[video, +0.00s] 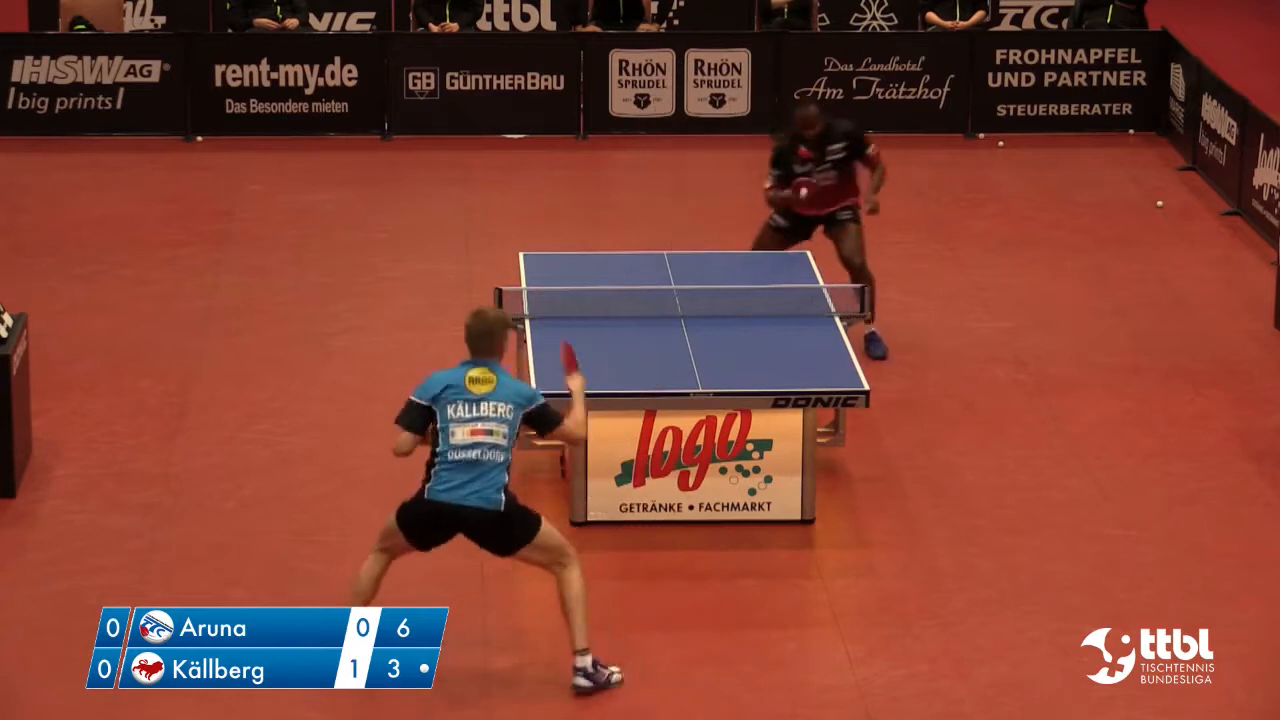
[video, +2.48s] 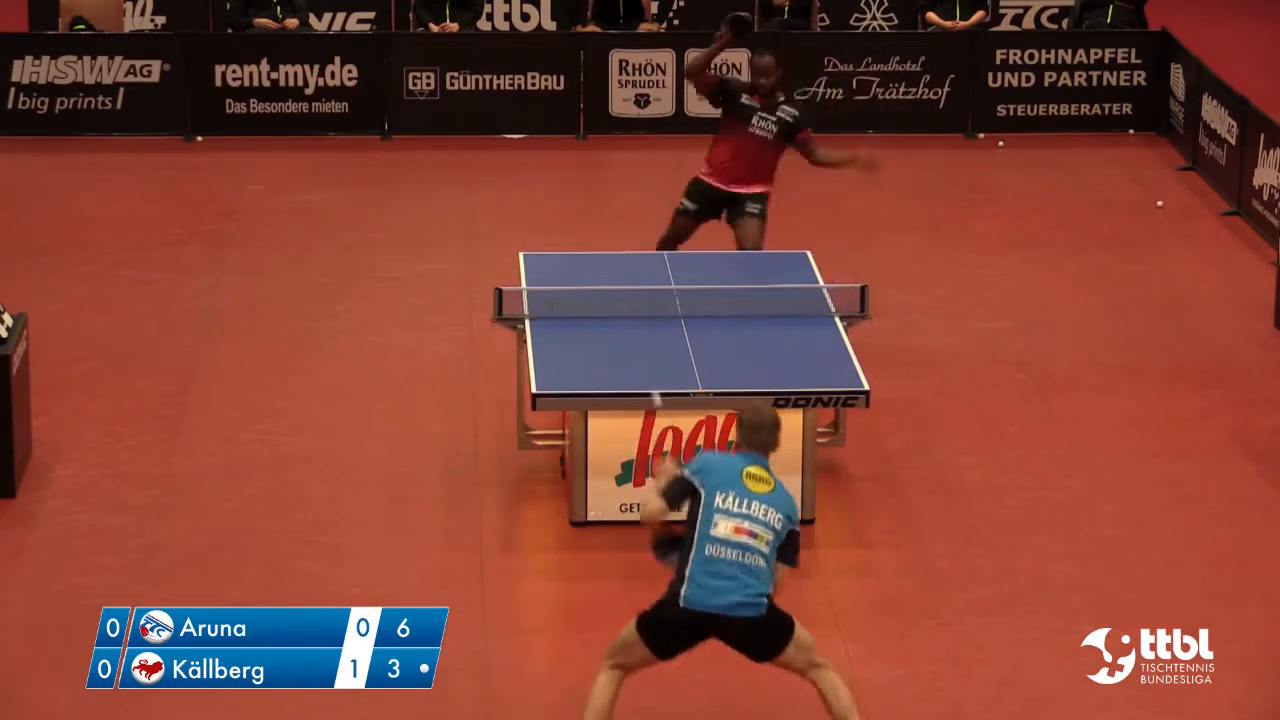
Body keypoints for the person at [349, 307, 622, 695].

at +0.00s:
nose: (510, 343)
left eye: (509, 337)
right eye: (509, 339)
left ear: (467, 342)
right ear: (504, 344)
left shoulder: (437, 383)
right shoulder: (519, 392)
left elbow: (402, 446)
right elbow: (576, 433)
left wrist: (425, 429)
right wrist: (577, 390)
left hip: (436, 505)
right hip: (492, 509)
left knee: (383, 551)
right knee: (565, 562)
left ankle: (346, 637)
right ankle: (585, 665)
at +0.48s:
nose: (636, 370)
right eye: (635, 365)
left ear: (596, 367)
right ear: (632, 371)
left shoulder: (568, 393)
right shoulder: (644, 421)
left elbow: (524, 425)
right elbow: (685, 445)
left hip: (528, 518)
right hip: (580, 529)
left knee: (453, 588)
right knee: (658, 579)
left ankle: (387, 657)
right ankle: (649, 688)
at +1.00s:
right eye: (658, 364)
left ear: (618, 367)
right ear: (658, 371)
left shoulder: (587, 401)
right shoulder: (671, 418)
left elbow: (528, 447)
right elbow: (732, 467)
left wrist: (552, 431)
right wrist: (732, 446)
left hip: (579, 525)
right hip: (636, 530)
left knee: (509, 586)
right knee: (707, 598)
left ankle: (469, 689)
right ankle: (765, 687)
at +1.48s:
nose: (541, 379)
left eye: (539, 374)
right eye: (563, 376)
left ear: (535, 379)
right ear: (574, 387)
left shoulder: (511, 407)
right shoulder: (583, 439)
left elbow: (447, 441)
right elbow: (579, 501)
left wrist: (471, 408)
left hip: (493, 549)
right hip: (552, 555)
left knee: (419, 596)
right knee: (629, 634)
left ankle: (356, 690)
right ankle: (693, 710)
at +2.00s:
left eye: (582, 413)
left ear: (581, 419)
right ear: (621, 420)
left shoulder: (553, 460)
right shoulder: (641, 471)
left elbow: (499, 501)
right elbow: (700, 516)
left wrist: (491, 484)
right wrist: (704, 495)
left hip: (561, 591)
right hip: (623, 593)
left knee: (500, 633)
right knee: (698, 632)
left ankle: (444, 712)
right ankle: (720, 713)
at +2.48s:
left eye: (735, 431)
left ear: (736, 437)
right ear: (774, 443)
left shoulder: (707, 464)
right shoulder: (786, 501)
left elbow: (652, 511)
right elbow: (775, 581)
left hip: (689, 606)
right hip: (748, 614)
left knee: (615, 665)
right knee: (817, 668)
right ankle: (852, 716)